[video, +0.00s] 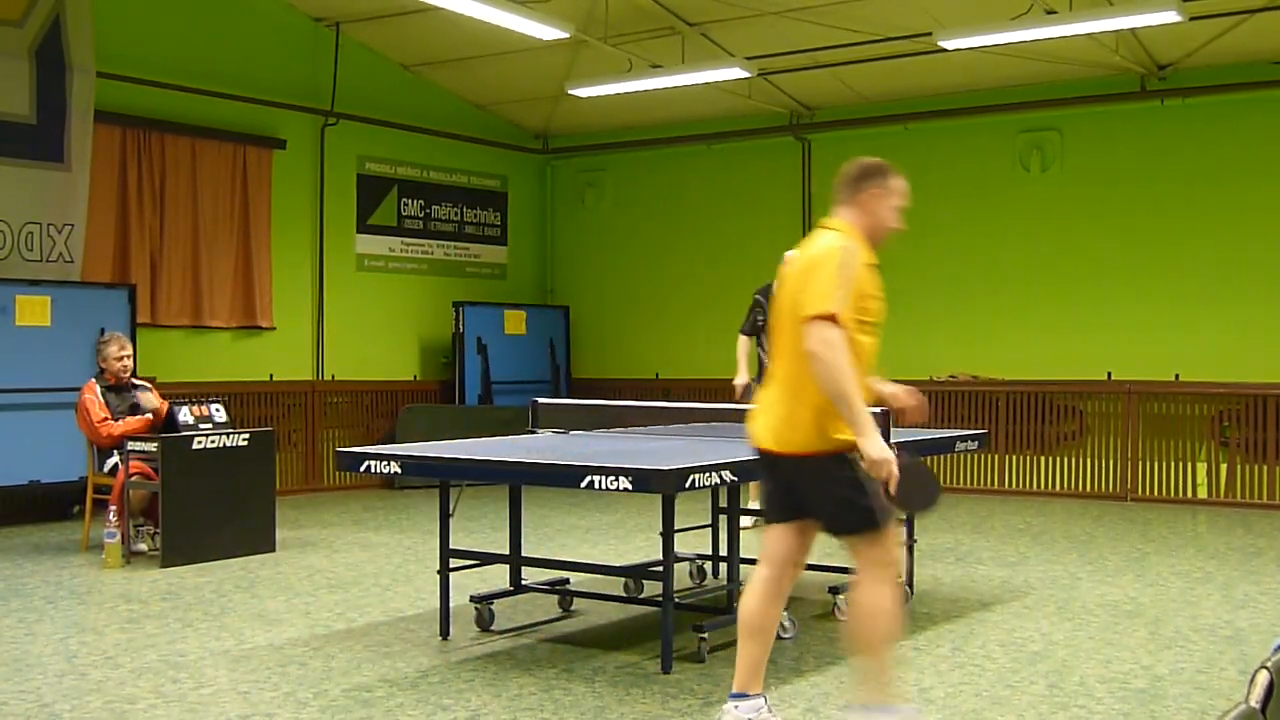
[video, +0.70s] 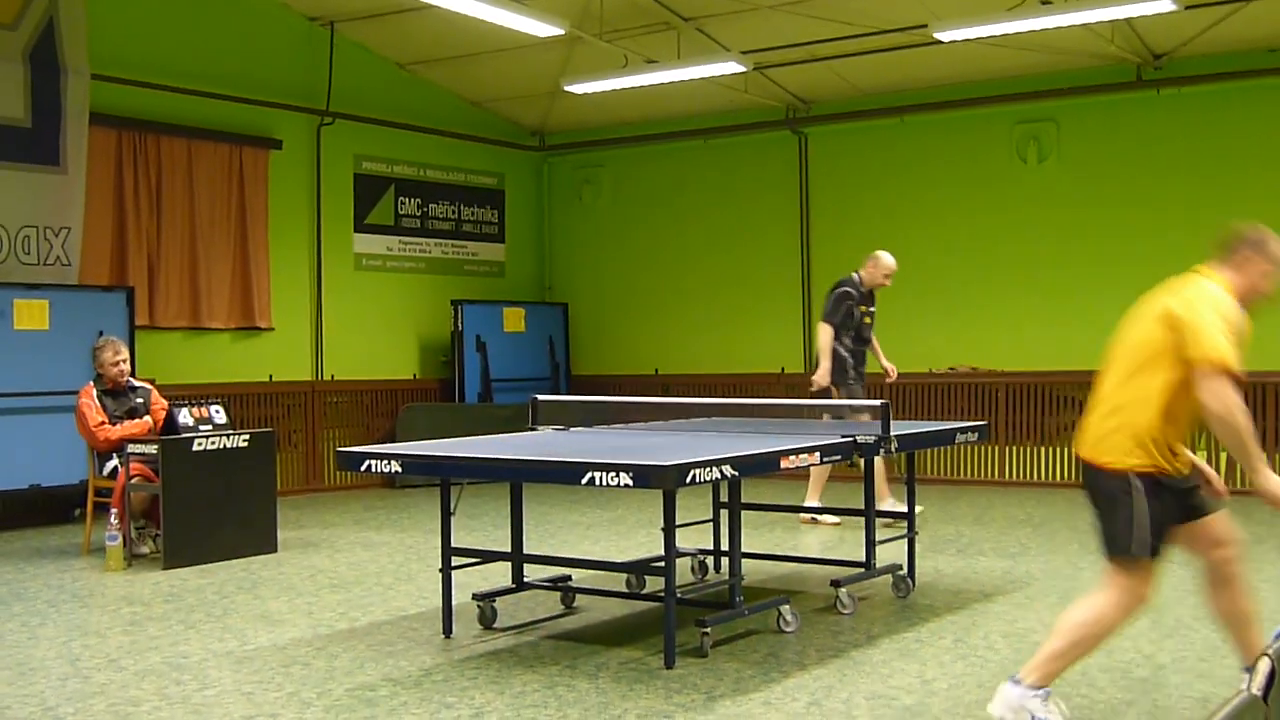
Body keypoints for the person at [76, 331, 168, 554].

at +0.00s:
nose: (126, 364)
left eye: (129, 358)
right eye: (119, 359)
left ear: (134, 359)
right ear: (103, 363)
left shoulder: (144, 387)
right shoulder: (90, 393)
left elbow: (168, 421)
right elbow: (104, 433)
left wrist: (157, 406)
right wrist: (148, 420)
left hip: (151, 451)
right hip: (116, 454)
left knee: (173, 475)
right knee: (141, 480)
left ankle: (156, 526)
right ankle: (135, 524)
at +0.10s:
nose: (126, 364)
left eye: (128, 358)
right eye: (119, 360)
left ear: (133, 359)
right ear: (102, 363)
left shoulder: (145, 388)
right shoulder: (90, 393)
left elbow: (167, 420)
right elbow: (104, 433)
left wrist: (166, 413)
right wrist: (149, 420)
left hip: (153, 452)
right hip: (117, 454)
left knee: (175, 476)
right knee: (141, 481)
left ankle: (155, 526)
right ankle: (135, 524)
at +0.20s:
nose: (125, 364)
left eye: (127, 358)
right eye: (118, 360)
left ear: (132, 359)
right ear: (102, 364)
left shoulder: (145, 388)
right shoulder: (90, 393)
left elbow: (165, 416)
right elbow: (103, 434)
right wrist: (147, 421)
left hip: (152, 452)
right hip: (116, 455)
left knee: (175, 476)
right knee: (140, 481)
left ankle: (153, 526)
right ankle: (135, 525)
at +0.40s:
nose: (124, 365)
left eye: (127, 359)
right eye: (117, 361)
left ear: (132, 360)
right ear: (101, 365)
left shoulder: (145, 388)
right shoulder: (89, 393)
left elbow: (165, 418)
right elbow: (102, 434)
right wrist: (146, 422)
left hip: (152, 452)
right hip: (116, 456)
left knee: (174, 476)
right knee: (139, 482)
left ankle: (155, 527)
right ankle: (135, 524)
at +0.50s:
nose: (124, 365)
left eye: (127, 359)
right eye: (117, 361)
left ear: (132, 359)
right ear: (101, 365)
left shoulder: (146, 388)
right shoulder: (89, 392)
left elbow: (166, 420)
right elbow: (102, 434)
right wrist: (146, 421)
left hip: (153, 452)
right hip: (116, 455)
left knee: (175, 475)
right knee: (140, 481)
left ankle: (153, 526)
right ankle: (135, 524)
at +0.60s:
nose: (124, 367)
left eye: (126, 360)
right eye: (116, 362)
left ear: (131, 360)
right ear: (101, 367)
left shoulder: (146, 388)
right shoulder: (89, 394)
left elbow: (167, 421)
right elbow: (102, 436)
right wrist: (145, 423)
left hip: (152, 453)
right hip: (116, 456)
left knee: (175, 476)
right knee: (140, 482)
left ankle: (152, 527)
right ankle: (134, 526)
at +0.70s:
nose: (123, 368)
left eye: (125, 362)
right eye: (115, 364)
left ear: (130, 362)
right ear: (100, 369)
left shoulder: (145, 389)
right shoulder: (88, 396)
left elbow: (166, 422)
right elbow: (101, 438)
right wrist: (145, 424)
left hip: (153, 454)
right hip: (117, 458)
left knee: (175, 478)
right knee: (140, 484)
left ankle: (153, 529)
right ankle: (135, 527)